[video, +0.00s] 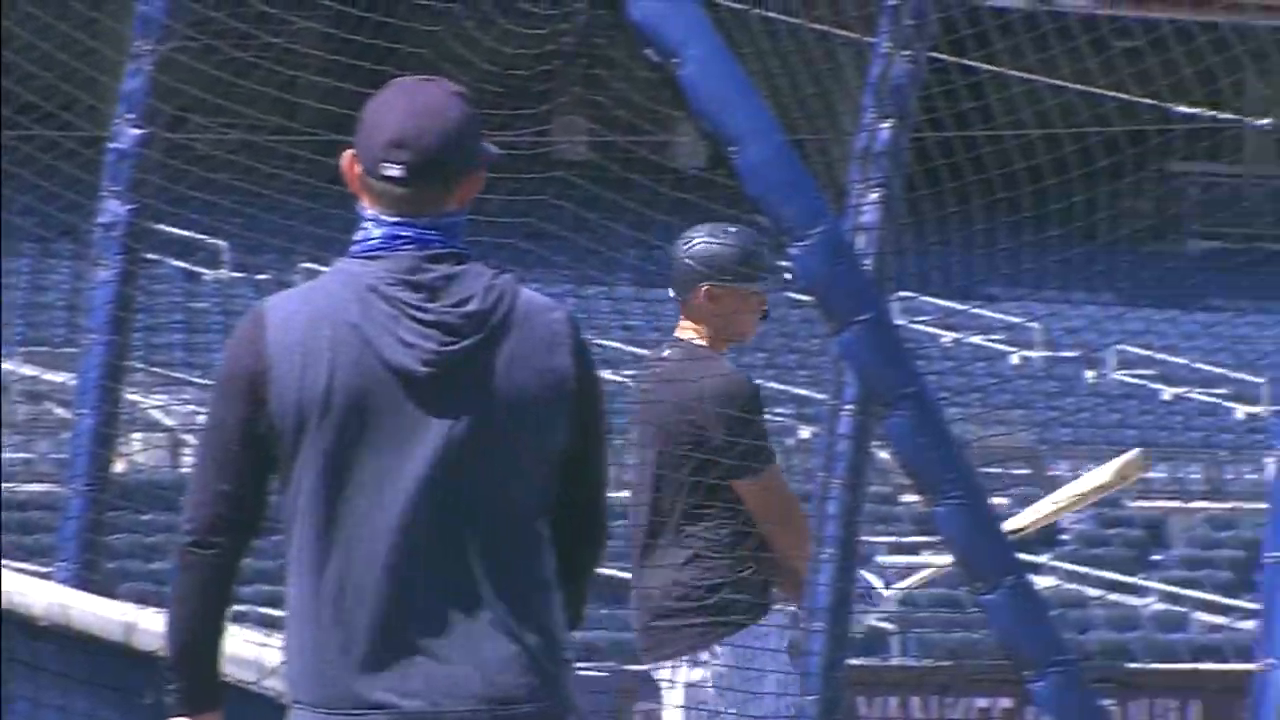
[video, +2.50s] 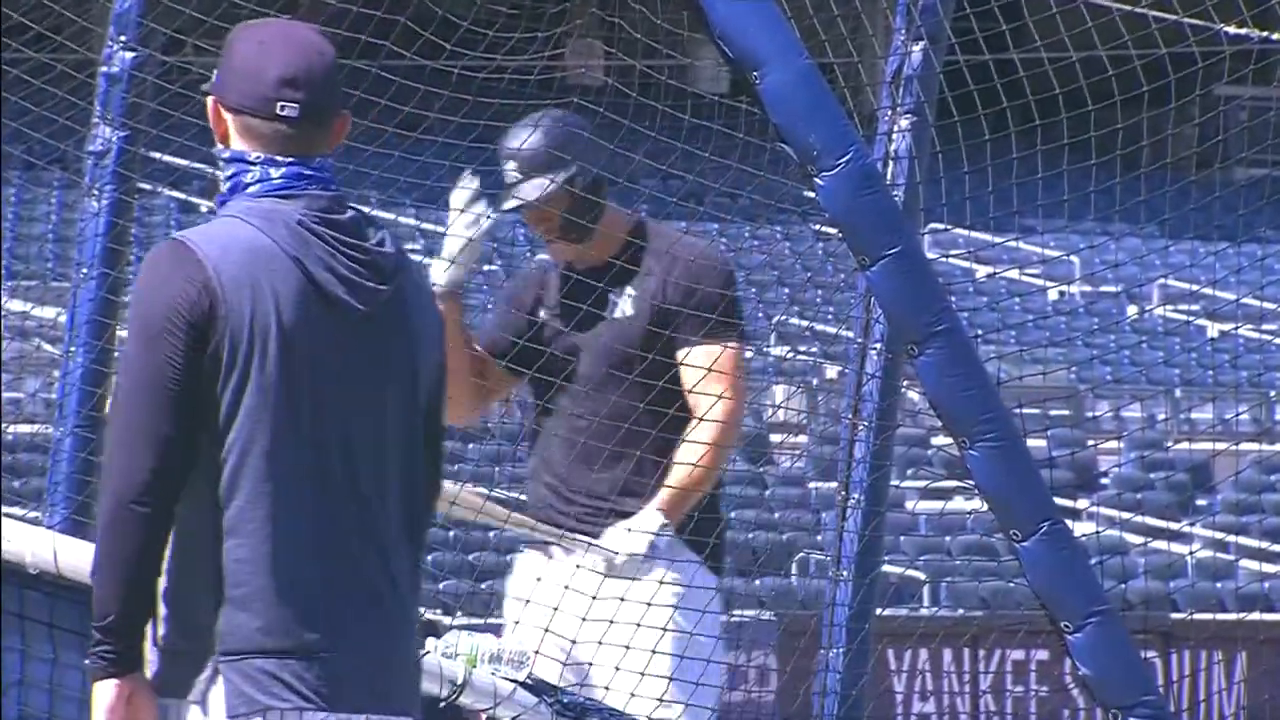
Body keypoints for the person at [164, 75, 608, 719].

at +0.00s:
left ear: (351, 172)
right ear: (473, 188)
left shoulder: (278, 332)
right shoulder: (546, 333)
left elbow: (212, 532)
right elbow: (581, 530)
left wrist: (196, 694)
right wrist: (536, 630)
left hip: (340, 696)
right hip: (513, 695)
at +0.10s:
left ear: (292, 177)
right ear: (417, 190)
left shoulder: (224, 338)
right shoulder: (496, 336)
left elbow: (162, 547)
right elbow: (531, 534)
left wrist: (146, 697)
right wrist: (477, 650)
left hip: (287, 692)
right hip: (458, 693)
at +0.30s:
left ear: (200, 184)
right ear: (324, 193)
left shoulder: (138, 347)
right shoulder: (412, 338)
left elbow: (89, 563)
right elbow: (454, 542)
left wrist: (89, 702)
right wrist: (411, 657)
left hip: (200, 699)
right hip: (379, 695)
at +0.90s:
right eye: (379, 153)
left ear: (249, 175)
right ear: (371, 175)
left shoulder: (175, 326)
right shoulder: (455, 320)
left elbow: (136, 531)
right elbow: (508, 522)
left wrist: (159, 690)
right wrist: (506, 681)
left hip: (233, 697)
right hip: (409, 695)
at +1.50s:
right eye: (286, 115)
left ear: (158, 145)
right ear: (280, 135)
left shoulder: (100, 295)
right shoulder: (371, 283)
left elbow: (69, 503)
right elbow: (430, 479)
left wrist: (99, 650)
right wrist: (428, 629)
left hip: (159, 683)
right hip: (339, 680)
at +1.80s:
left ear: (235, 135)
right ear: (358, 126)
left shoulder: (177, 286)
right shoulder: (450, 276)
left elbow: (123, 489)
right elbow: (492, 467)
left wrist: (129, 646)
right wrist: (459, 595)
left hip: (243, 673)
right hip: (419, 674)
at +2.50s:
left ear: (216, 116)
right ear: (341, 132)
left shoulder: (192, 268)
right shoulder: (408, 282)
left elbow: (139, 485)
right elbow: (420, 484)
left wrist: (114, 663)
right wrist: (378, 619)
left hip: (243, 670)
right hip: (384, 669)